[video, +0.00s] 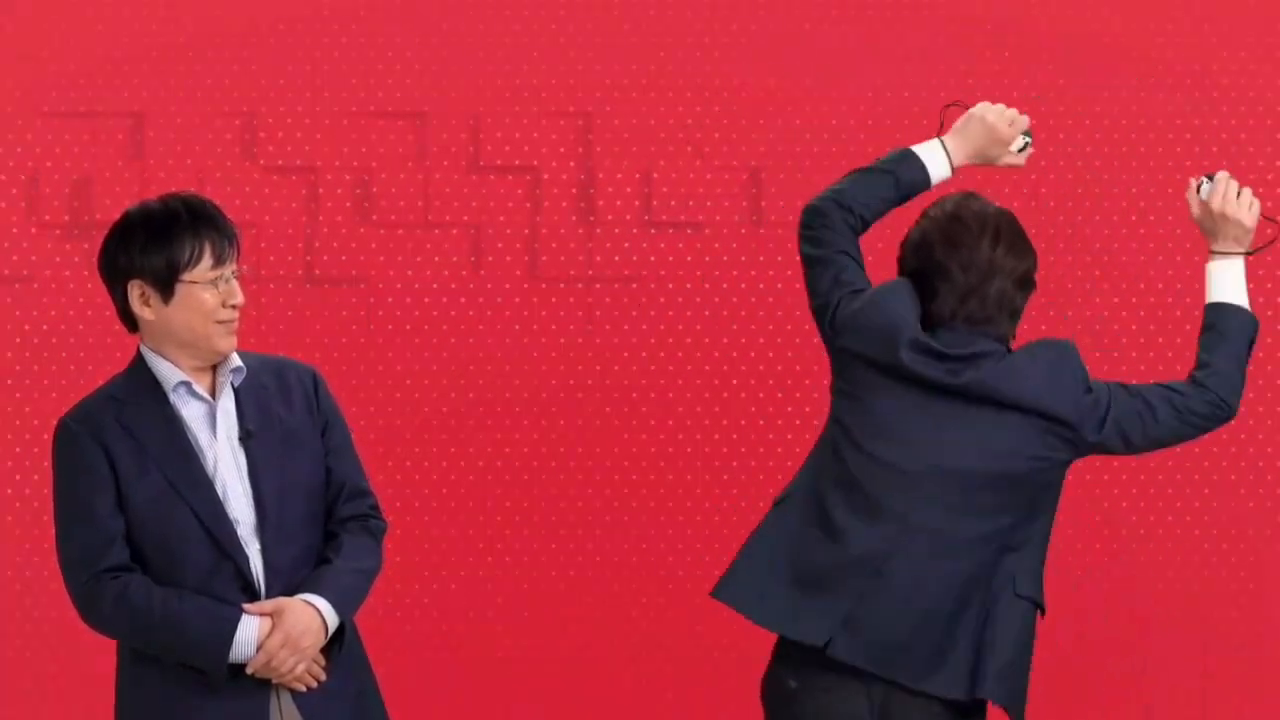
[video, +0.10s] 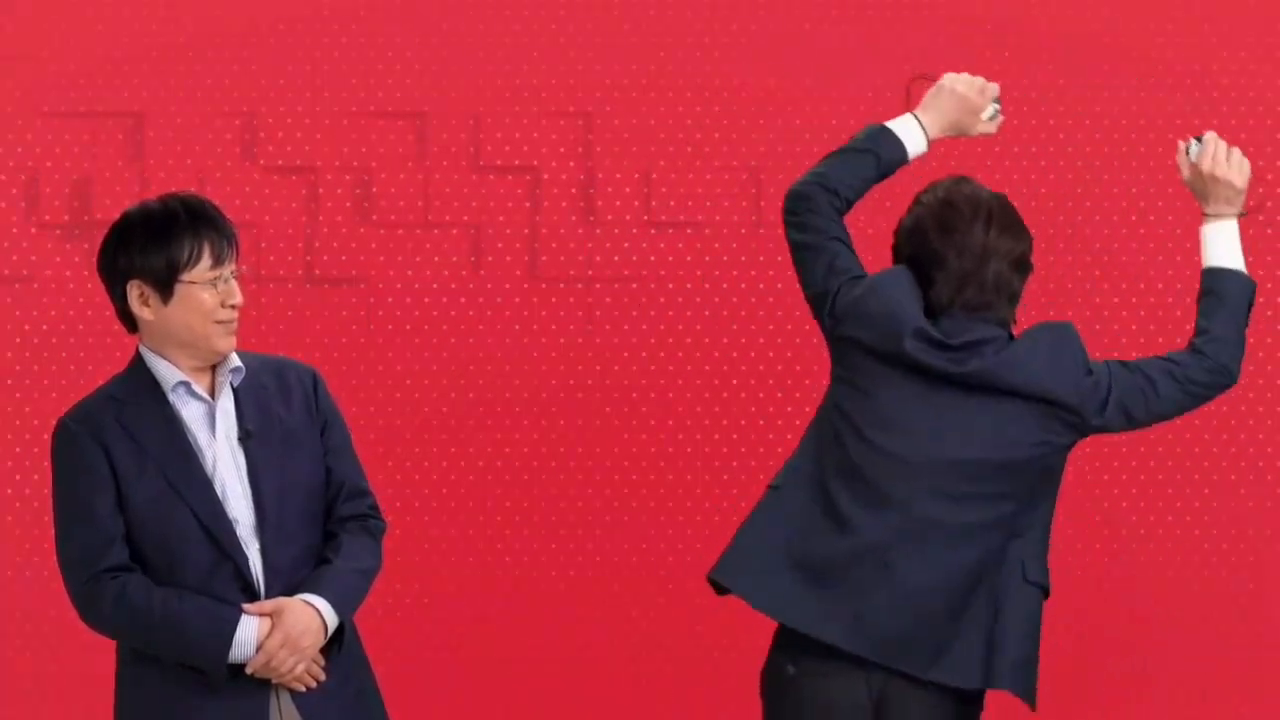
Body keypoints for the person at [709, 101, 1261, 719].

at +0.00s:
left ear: (911, 280)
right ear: (1020, 300)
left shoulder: (866, 344)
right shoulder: (1055, 405)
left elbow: (829, 218)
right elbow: (1213, 396)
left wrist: (951, 148)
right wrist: (1229, 255)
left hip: (813, 672)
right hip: (939, 694)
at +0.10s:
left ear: (906, 267)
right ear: (1017, 284)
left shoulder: (864, 331)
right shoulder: (1056, 390)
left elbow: (811, 202)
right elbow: (1213, 366)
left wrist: (923, 122)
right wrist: (1222, 219)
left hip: (815, 663)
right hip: (939, 687)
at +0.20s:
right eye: (1003, 244)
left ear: (886, 251)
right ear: (999, 259)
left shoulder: (847, 329)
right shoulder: (1052, 349)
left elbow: (744, 229)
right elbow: (1181, 271)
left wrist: (819, 112)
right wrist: (1133, 131)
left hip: (847, 664)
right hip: (975, 670)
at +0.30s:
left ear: (874, 279)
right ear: (982, 261)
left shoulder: (836, 370)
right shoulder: (1037, 336)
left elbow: (693, 309)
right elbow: (1107, 205)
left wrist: (712, 169)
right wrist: (1006, 103)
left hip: (885, 679)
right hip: (1015, 673)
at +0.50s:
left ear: (884, 260)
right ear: (992, 257)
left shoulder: (842, 335)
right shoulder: (1050, 340)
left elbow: (727, 245)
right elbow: (1163, 247)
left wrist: (786, 120)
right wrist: (1098, 118)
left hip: (858, 663)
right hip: (986, 667)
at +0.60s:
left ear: (905, 265)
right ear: (1017, 282)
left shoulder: (864, 329)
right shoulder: (1057, 386)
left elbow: (810, 203)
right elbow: (1211, 365)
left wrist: (924, 120)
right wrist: (1221, 219)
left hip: (814, 662)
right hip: (939, 688)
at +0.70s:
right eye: (1022, 283)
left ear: (911, 277)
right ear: (1019, 296)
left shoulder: (864, 341)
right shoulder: (1055, 401)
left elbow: (828, 217)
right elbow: (1212, 395)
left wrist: (949, 148)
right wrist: (1228, 255)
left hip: (812, 671)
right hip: (937, 693)